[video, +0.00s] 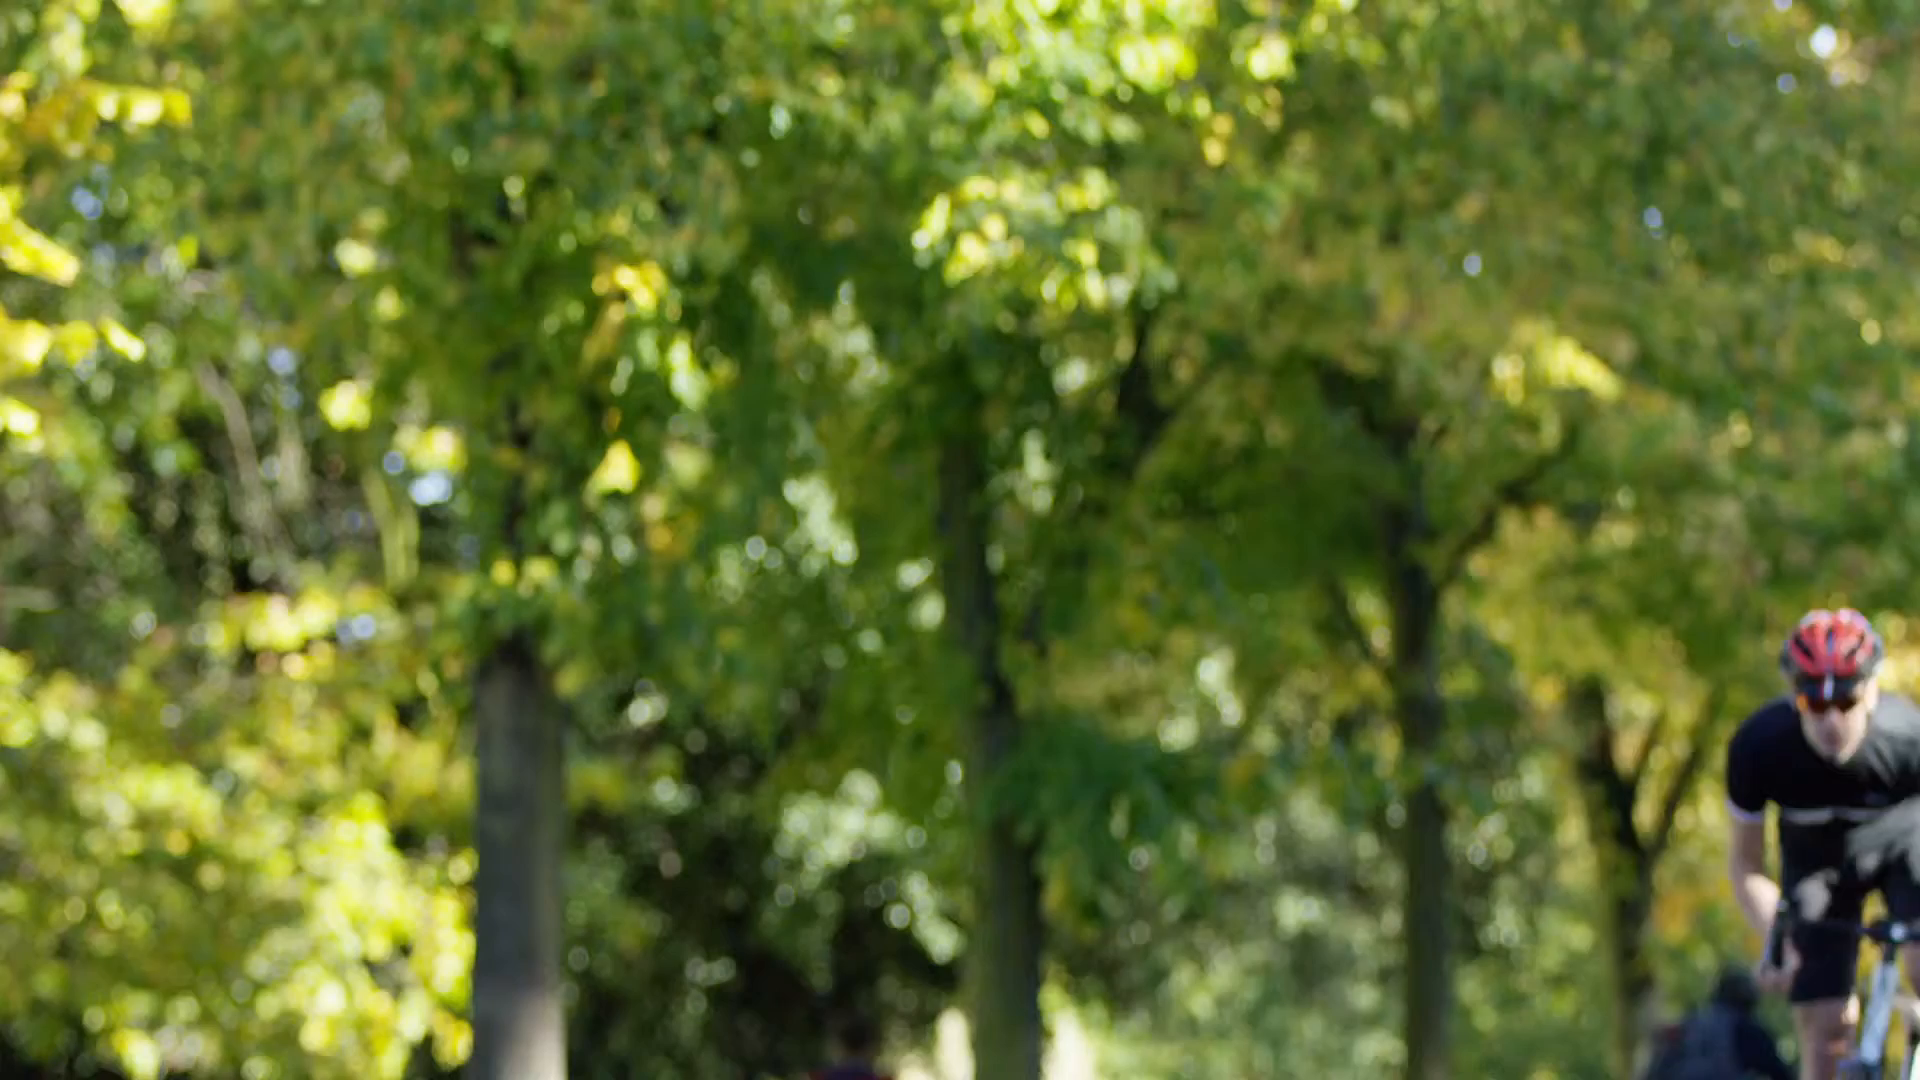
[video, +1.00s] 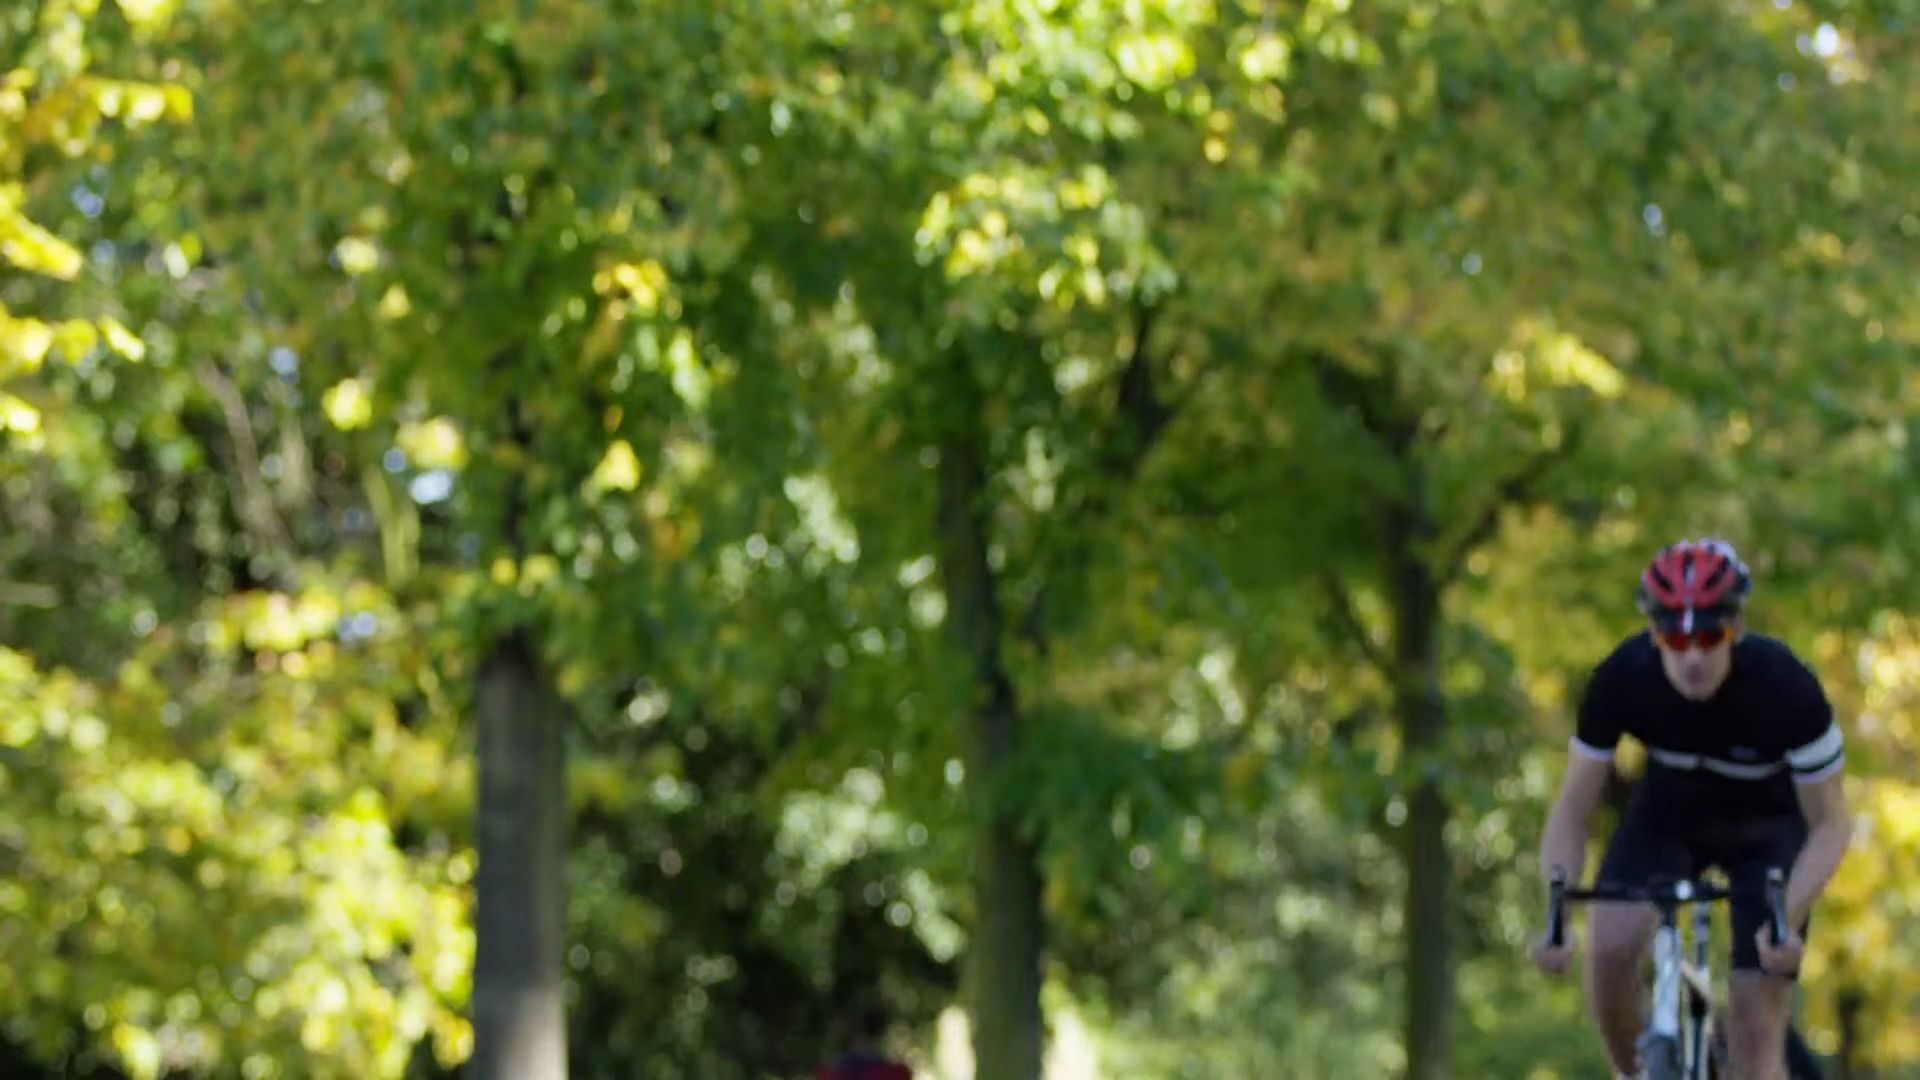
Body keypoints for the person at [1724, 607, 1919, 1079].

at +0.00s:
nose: (1831, 719)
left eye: (1846, 701)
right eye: (1814, 702)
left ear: (1873, 690)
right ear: (1795, 695)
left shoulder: (1909, 736)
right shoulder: (1758, 745)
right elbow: (1748, 864)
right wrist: (1775, 939)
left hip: (1903, 849)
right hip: (1814, 864)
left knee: (1919, 974)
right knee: (1824, 1037)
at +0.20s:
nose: (1815, 706)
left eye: (1830, 689)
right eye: (1799, 689)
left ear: (1853, 683)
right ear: (1778, 683)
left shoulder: (1890, 727)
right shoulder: (1739, 729)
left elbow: (1914, 826)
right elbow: (1714, 847)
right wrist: (1741, 923)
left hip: (1881, 843)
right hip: (1789, 852)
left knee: (1900, 957)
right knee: (1799, 1026)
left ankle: (1909, 1065)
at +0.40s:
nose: (1791, 688)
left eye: (1807, 671)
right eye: (1775, 671)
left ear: (1829, 663)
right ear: (1754, 664)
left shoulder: (1870, 712)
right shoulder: (1714, 709)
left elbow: (1914, 836)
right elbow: (1679, 826)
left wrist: (1906, 928)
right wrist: (1687, 914)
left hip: (1850, 825)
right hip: (1757, 828)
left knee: (1851, 948)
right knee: (1751, 1007)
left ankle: (1865, 1073)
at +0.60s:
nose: (1763, 673)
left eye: (1780, 656)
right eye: (1747, 656)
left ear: (1804, 648)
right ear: (1725, 648)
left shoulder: (1846, 700)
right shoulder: (1687, 694)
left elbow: (1888, 835)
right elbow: (1648, 812)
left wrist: (1856, 930)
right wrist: (1638, 907)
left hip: (1822, 818)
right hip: (1729, 817)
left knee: (1812, 968)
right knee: (1698, 1000)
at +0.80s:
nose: (1730, 665)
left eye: (1746, 647)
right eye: (1713, 647)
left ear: (1772, 639)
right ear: (1691, 640)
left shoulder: (1820, 697)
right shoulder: (1656, 686)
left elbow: (1858, 828)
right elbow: (1607, 813)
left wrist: (1815, 925)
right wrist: (1597, 918)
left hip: (1796, 818)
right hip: (1700, 809)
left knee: (1777, 978)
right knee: (1647, 978)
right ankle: (1655, 1073)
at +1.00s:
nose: (1692, 656)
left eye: (1709, 638)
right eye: (1675, 639)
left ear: (1735, 629)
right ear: (1654, 632)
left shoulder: (1782, 682)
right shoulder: (1621, 678)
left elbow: (1831, 820)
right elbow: (1573, 807)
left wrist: (1787, 917)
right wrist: (1555, 915)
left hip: (1766, 818)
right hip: (1666, 810)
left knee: (1758, 1003)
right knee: (1610, 944)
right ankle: (1631, 1072)